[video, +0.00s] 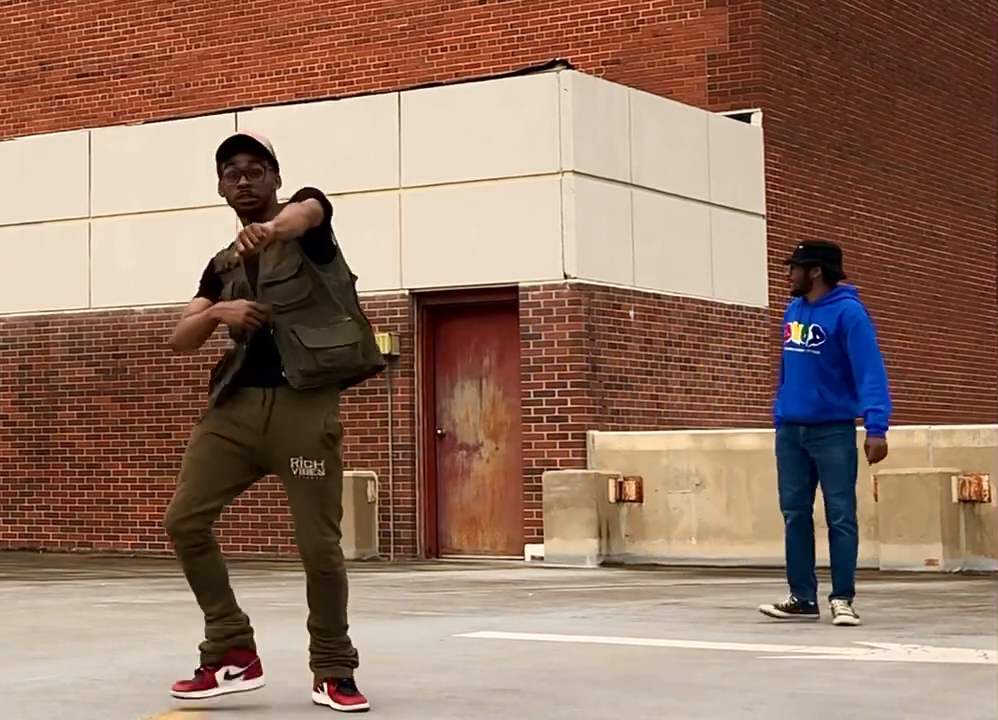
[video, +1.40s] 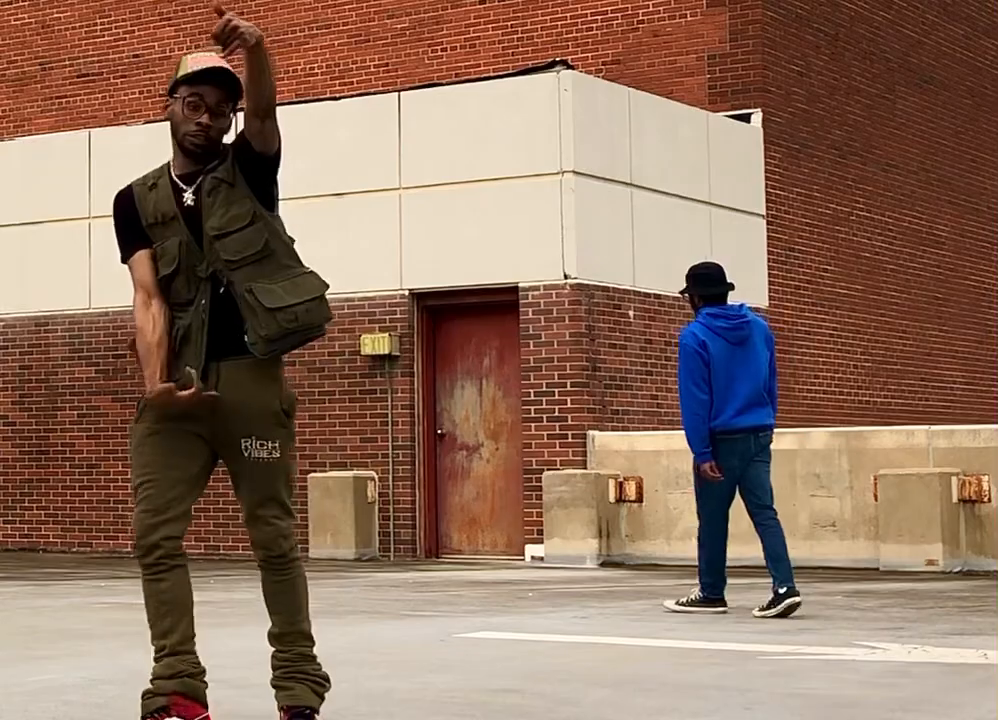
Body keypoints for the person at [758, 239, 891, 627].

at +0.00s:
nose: (789, 274)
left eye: (794, 268)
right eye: (790, 268)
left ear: (816, 271)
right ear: (808, 272)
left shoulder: (849, 312)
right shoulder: (794, 310)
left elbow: (871, 370)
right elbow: (788, 368)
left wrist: (876, 428)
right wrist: (780, 417)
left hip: (833, 429)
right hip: (790, 429)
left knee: (840, 515)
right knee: (795, 514)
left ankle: (842, 599)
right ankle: (803, 599)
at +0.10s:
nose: (786, 277)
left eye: (792, 271)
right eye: (787, 271)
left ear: (812, 272)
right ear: (807, 273)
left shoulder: (845, 309)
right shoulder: (799, 312)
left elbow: (854, 366)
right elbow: (792, 373)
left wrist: (846, 419)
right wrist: (779, 424)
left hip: (828, 430)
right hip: (791, 430)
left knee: (842, 517)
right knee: (789, 513)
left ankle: (842, 599)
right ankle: (801, 599)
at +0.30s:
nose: (777, 282)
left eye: (782, 275)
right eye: (778, 275)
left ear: (802, 275)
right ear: (800, 276)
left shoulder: (835, 308)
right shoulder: (801, 312)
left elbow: (826, 366)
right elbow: (798, 367)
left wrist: (788, 409)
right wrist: (785, 410)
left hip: (829, 430)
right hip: (795, 429)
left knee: (839, 516)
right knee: (787, 513)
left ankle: (841, 598)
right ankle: (787, 597)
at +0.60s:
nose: (759, 288)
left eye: (763, 282)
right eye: (760, 282)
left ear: (777, 283)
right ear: (787, 284)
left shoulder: (792, 320)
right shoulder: (791, 318)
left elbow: (775, 383)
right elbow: (781, 383)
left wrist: (751, 438)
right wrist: (762, 434)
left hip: (798, 429)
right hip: (781, 430)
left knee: (807, 511)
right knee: (774, 510)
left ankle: (834, 595)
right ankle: (787, 598)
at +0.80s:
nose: (750, 288)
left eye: (752, 282)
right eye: (751, 282)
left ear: (763, 283)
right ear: (787, 283)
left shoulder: (768, 317)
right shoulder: (806, 318)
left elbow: (756, 374)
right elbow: (806, 373)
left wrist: (735, 426)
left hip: (777, 423)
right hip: (801, 424)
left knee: (761, 505)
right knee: (785, 505)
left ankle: (796, 591)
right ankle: (795, 589)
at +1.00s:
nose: (739, 292)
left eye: (740, 286)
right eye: (739, 286)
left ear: (748, 287)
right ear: (776, 285)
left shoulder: (747, 322)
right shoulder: (803, 323)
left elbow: (731, 383)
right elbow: (808, 377)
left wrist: (709, 436)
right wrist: (792, 414)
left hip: (761, 430)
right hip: (796, 431)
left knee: (733, 506)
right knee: (785, 514)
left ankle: (747, 593)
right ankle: (790, 598)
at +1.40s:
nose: (688, 299)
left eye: (688, 294)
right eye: (689, 293)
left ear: (694, 296)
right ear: (725, 292)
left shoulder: (693, 336)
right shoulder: (759, 326)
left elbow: (694, 398)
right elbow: (770, 384)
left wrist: (701, 451)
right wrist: (767, 425)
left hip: (720, 437)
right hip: (759, 433)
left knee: (711, 522)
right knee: (765, 514)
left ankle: (711, 593)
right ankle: (785, 588)